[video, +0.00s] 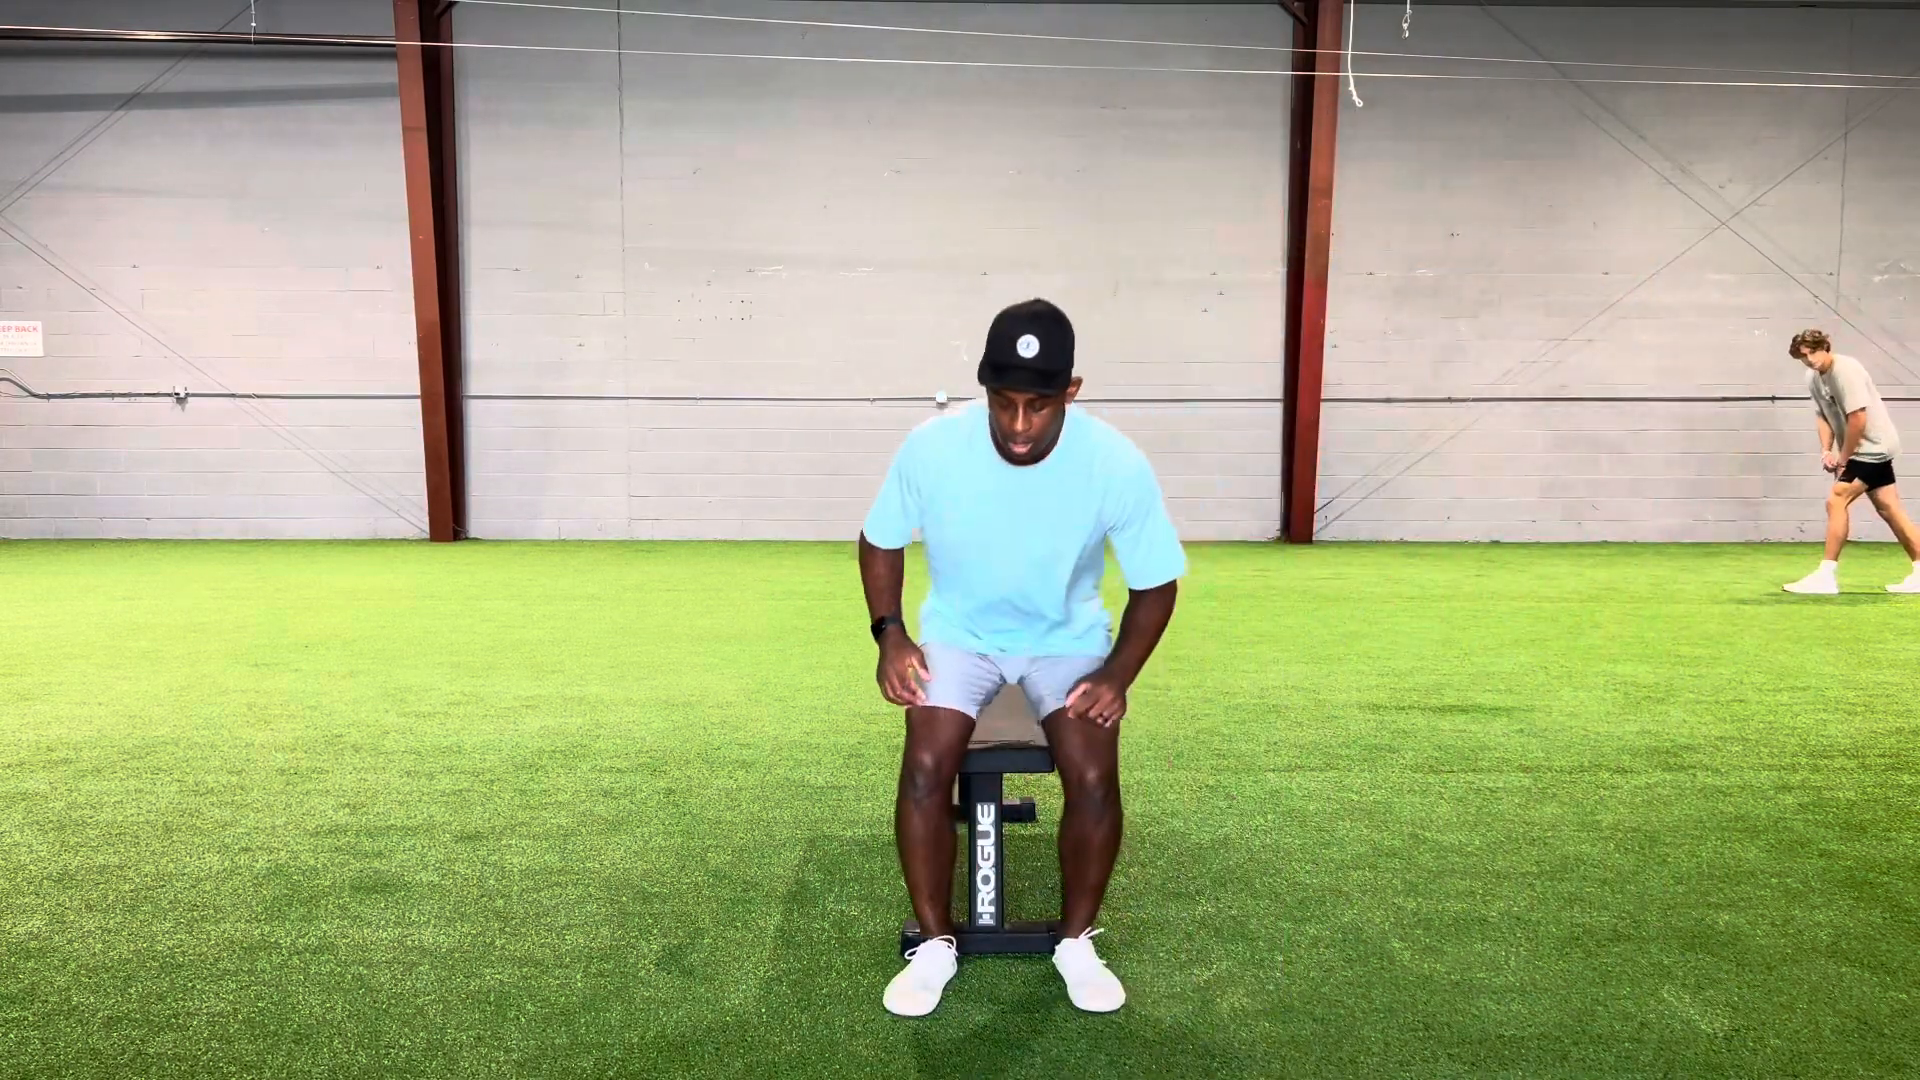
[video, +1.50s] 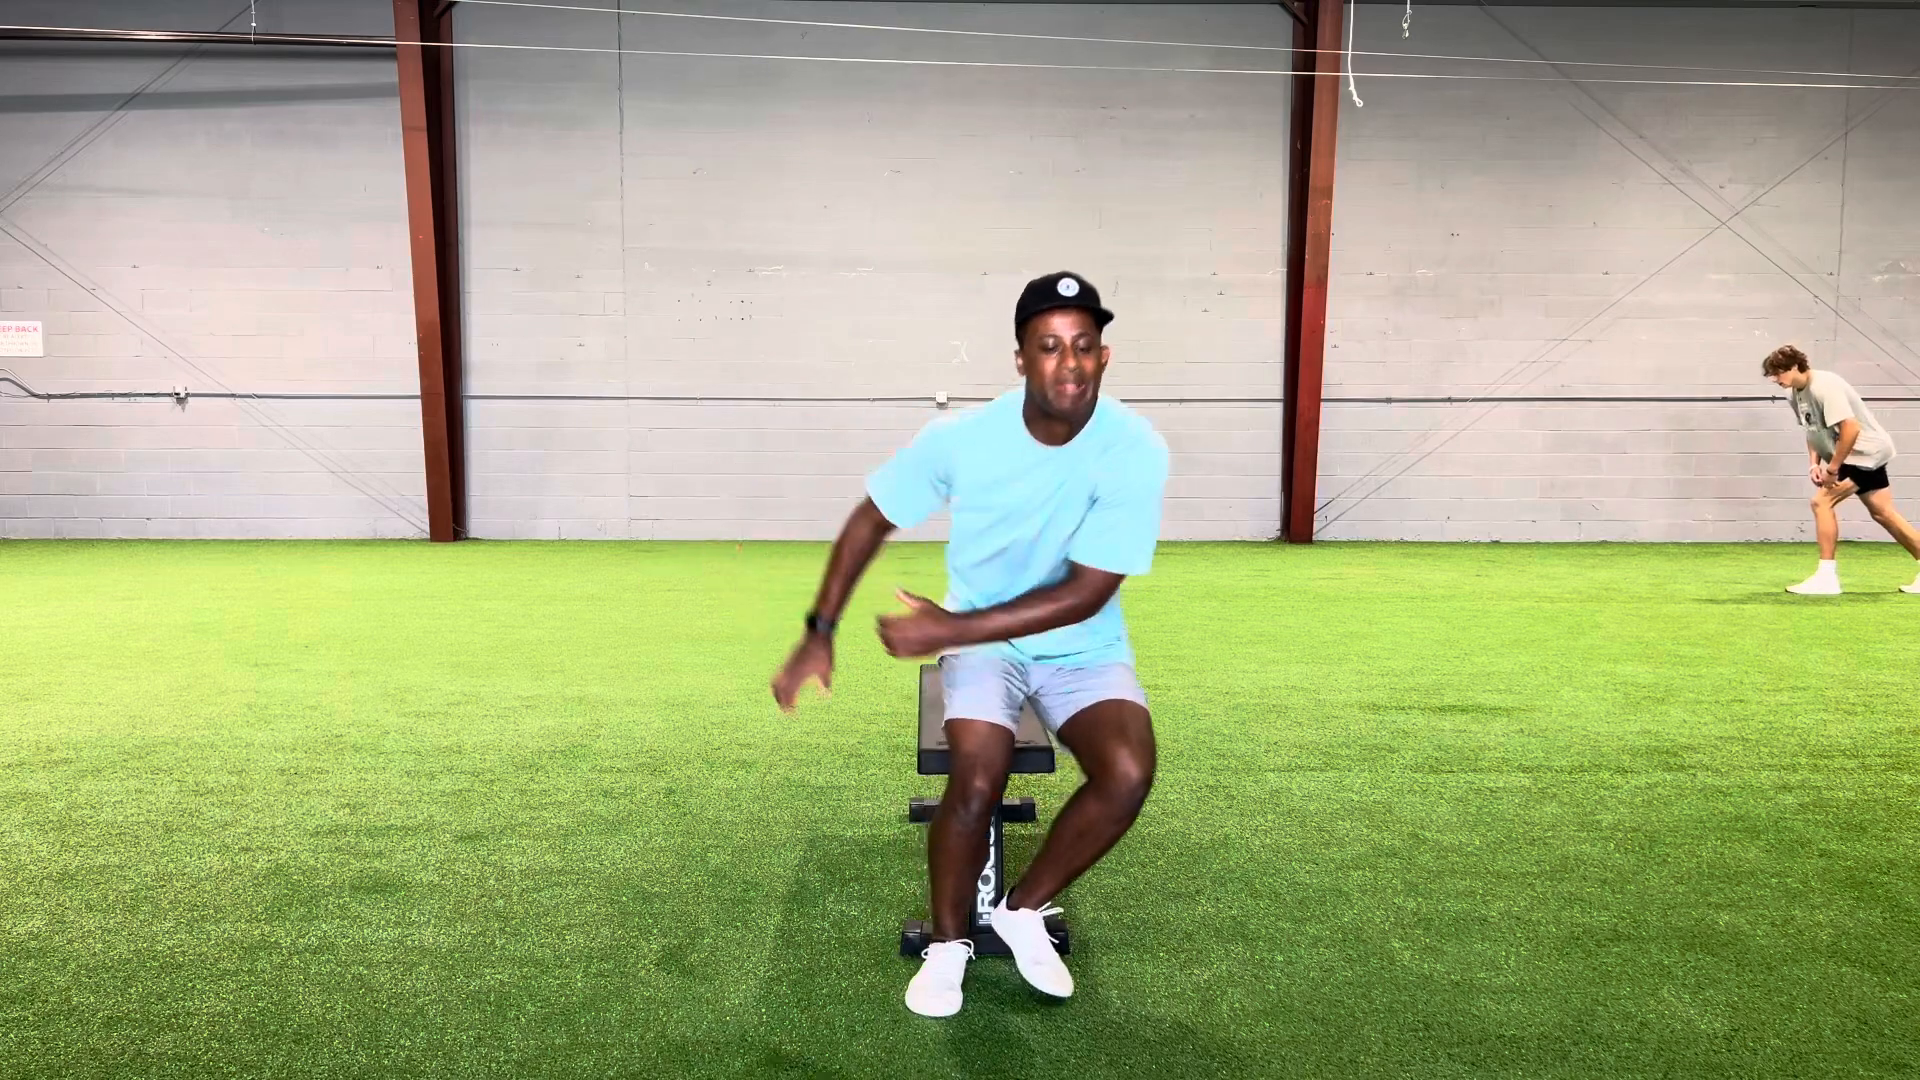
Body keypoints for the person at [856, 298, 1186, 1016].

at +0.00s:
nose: (1019, 424)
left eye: (1038, 406)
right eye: (1004, 403)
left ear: (1070, 392)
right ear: (985, 384)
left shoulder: (1113, 463)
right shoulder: (931, 449)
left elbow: (1159, 581)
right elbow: (880, 540)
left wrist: (1117, 676)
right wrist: (891, 633)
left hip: (1068, 637)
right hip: (957, 632)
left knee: (1092, 776)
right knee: (925, 765)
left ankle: (1077, 939)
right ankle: (935, 941)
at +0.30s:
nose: (1011, 444)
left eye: (1027, 426)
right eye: (995, 425)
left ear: (1052, 423)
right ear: (974, 418)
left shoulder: (1090, 507)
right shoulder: (919, 501)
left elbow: (1140, 619)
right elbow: (869, 604)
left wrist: (1123, 657)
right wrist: (886, 659)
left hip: (1050, 690)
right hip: (949, 690)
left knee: (1093, 770)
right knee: (913, 762)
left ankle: (1075, 940)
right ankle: (935, 942)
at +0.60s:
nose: (994, 408)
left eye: (1007, 393)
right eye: (978, 394)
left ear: (1029, 398)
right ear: (957, 402)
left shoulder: (1076, 490)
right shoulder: (912, 493)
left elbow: (1110, 590)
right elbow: (877, 606)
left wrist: (1119, 619)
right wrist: (906, 633)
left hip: (1044, 672)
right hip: (946, 679)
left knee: (1092, 721)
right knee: (916, 745)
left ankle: (1066, 910)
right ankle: (932, 931)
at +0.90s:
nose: (993, 410)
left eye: (1006, 394)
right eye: (976, 396)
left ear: (1026, 401)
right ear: (955, 405)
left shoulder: (1073, 483)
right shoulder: (912, 495)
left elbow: (1109, 593)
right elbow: (884, 610)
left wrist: (1083, 607)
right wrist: (909, 632)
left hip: (1043, 674)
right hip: (949, 677)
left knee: (1089, 692)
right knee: (921, 721)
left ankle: (1042, 887)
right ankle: (932, 911)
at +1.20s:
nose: (999, 430)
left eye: (1014, 414)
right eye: (982, 413)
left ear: (1037, 419)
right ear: (958, 417)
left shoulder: (1062, 503)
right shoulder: (909, 465)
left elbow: (988, 620)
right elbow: (799, 455)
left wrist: (864, 566)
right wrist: (709, 521)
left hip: (1043, 664)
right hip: (948, 658)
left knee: (1122, 733)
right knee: (949, 760)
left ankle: (1048, 899)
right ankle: (945, 941)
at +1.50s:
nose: (1071, 365)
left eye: (1085, 346)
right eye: (1050, 347)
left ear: (1104, 356)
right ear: (1021, 359)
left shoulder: (1134, 451)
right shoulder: (962, 440)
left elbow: (1087, 593)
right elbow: (871, 518)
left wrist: (954, 627)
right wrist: (819, 631)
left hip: (1083, 641)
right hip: (982, 637)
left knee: (1127, 773)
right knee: (976, 778)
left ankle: (1022, 909)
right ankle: (948, 944)